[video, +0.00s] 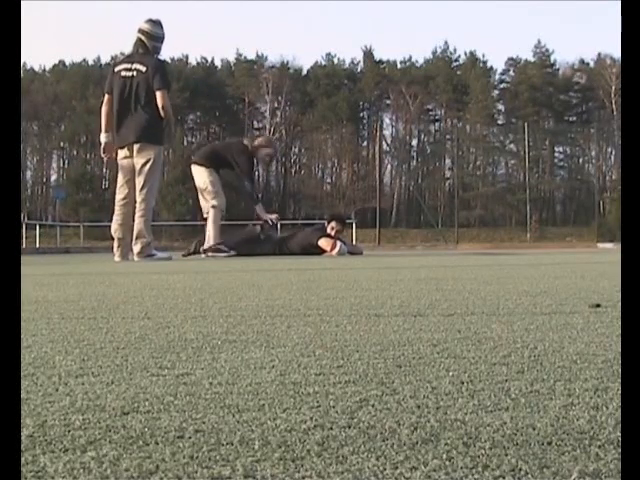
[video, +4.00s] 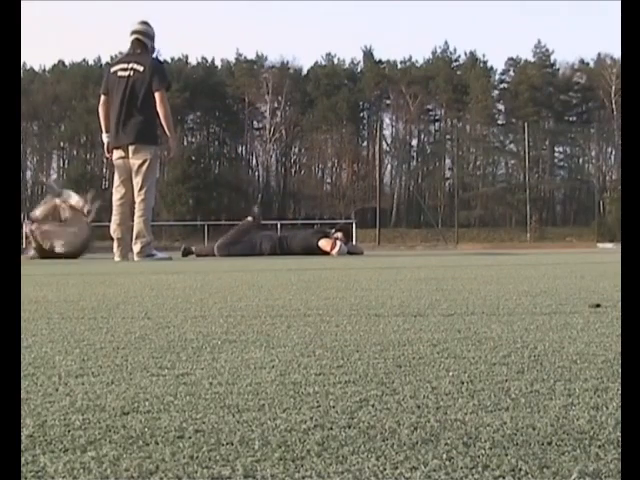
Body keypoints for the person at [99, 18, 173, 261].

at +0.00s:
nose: (161, 46)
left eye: (161, 41)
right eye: (160, 41)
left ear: (138, 37)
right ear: (156, 41)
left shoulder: (118, 65)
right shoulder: (155, 64)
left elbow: (107, 103)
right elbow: (162, 102)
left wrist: (105, 135)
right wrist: (169, 124)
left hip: (122, 136)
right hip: (148, 136)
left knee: (123, 195)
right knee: (145, 195)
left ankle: (119, 249)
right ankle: (142, 246)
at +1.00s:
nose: (163, 48)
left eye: (164, 44)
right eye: (163, 44)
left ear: (142, 38)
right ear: (159, 43)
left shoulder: (120, 65)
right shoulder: (156, 65)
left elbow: (109, 103)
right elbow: (160, 101)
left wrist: (110, 134)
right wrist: (172, 124)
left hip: (123, 137)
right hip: (148, 138)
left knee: (124, 196)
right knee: (145, 197)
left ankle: (119, 249)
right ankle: (142, 248)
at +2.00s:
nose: (164, 49)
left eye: (165, 44)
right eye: (164, 44)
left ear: (143, 38)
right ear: (160, 43)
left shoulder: (121, 65)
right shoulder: (156, 64)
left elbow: (110, 104)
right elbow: (162, 102)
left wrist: (114, 134)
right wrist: (175, 127)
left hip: (124, 137)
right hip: (148, 137)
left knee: (124, 195)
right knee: (146, 195)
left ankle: (119, 249)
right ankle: (143, 248)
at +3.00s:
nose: (160, 47)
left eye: (160, 43)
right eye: (159, 43)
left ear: (138, 38)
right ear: (155, 42)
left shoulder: (118, 65)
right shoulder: (153, 64)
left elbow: (107, 104)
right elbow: (159, 101)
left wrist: (110, 136)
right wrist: (172, 134)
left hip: (121, 138)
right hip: (147, 137)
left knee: (122, 196)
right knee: (144, 197)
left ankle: (119, 249)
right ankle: (142, 248)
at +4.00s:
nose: (150, 47)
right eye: (151, 43)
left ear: (131, 41)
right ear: (150, 42)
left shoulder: (113, 66)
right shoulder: (153, 65)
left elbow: (103, 103)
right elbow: (160, 100)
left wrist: (106, 135)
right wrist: (171, 135)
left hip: (117, 137)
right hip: (144, 137)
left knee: (120, 195)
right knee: (143, 195)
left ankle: (119, 249)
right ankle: (142, 247)